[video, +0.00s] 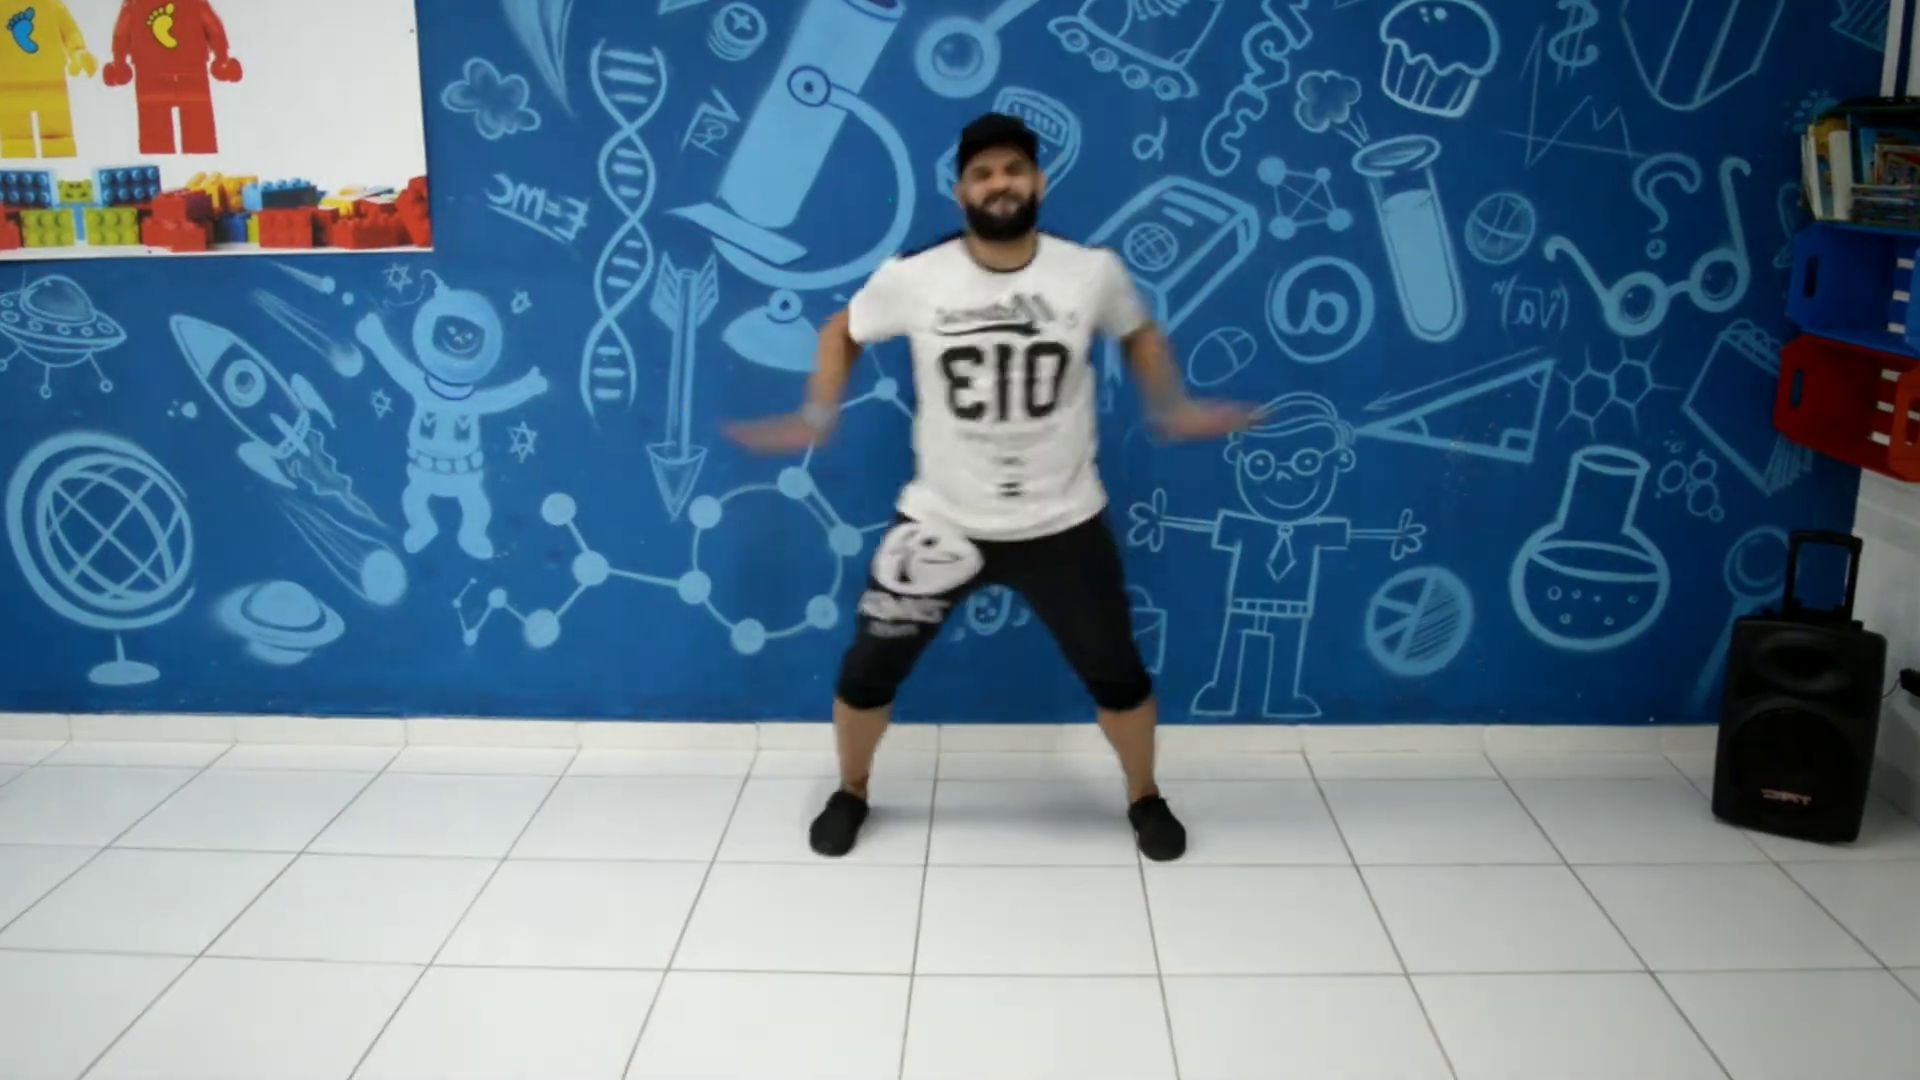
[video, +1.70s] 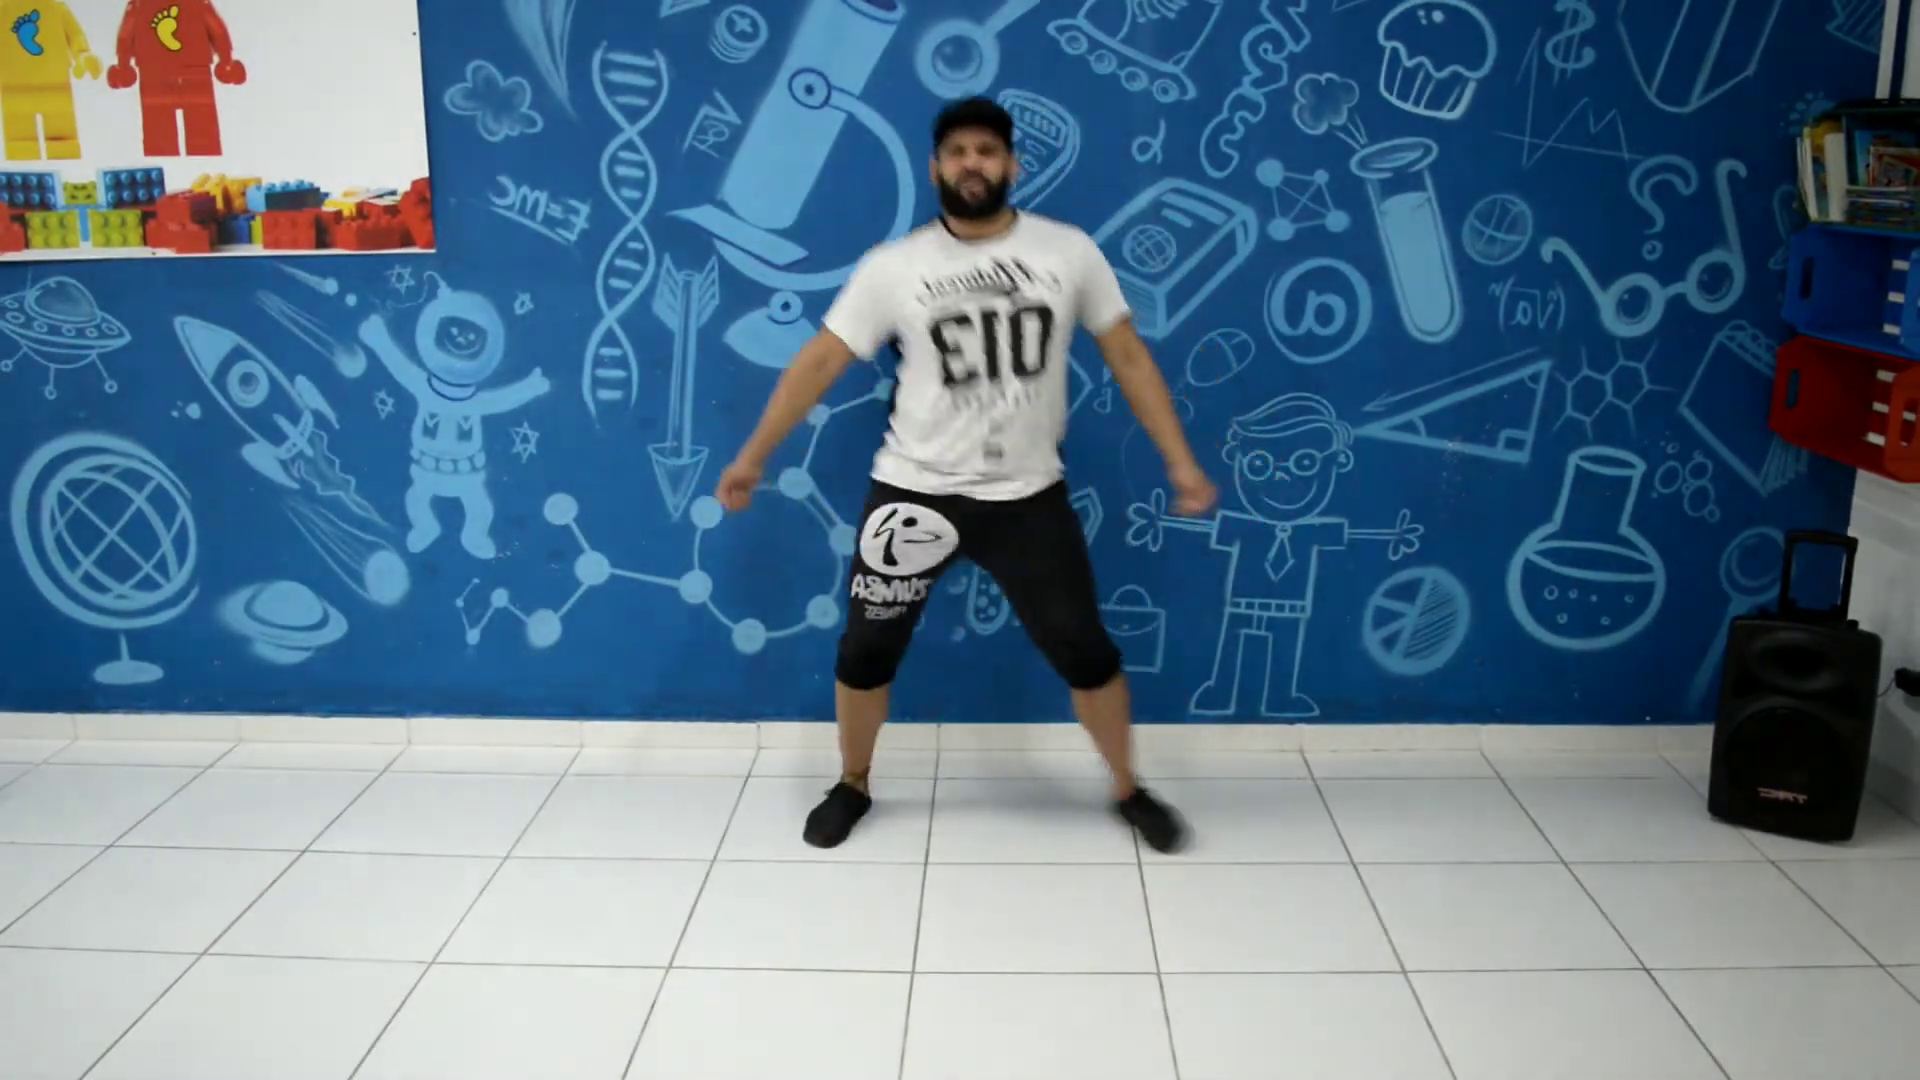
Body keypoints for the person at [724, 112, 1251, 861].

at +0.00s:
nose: (1000, 184)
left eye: (1016, 170)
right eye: (983, 172)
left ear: (1041, 183)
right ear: (960, 188)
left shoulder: (1092, 274)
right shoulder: (909, 283)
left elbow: (1143, 338)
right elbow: (839, 334)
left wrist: (1173, 408)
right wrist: (820, 414)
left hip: (1063, 521)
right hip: (943, 520)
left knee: (1117, 673)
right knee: (868, 670)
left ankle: (1145, 797)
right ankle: (850, 793)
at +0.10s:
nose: (980, 160)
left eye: (995, 147)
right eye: (962, 148)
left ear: (1018, 160)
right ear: (939, 163)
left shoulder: (1066, 257)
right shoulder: (887, 256)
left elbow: (1101, 326)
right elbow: (847, 324)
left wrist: (1063, 429)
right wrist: (871, 424)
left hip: (1028, 495)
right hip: (912, 491)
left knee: (1081, 652)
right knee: (861, 655)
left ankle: (1121, 792)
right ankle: (849, 790)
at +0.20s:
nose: (965, 130)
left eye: (981, 118)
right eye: (950, 116)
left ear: (1004, 132)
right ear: (925, 129)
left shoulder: (1048, 227)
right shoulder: (870, 219)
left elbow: (1096, 319)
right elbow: (815, 309)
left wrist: (1126, 425)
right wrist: (775, 406)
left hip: (1013, 475)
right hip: (898, 470)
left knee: (1041, 645)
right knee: (864, 638)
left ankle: (1016, 753)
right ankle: (850, 783)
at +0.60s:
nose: (965, 146)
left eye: (981, 132)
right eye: (950, 131)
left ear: (1003, 139)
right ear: (923, 134)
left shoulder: (1043, 228)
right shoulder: (868, 230)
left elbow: (1112, 335)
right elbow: (795, 329)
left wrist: (1173, 435)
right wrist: (729, 429)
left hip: (1020, 474)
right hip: (905, 477)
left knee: (1057, 636)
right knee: (869, 646)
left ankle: (1056, 770)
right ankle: (858, 784)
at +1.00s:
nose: (1046, 153)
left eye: (1063, 138)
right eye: (1031, 138)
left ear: (1085, 145)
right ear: (1006, 144)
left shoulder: (1136, 234)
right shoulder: (961, 245)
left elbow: (1191, 337)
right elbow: (893, 345)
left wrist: (1248, 434)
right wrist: (827, 444)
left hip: (1109, 476)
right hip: (995, 481)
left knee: (1145, 641)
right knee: (964, 654)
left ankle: (1152, 791)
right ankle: (972, 764)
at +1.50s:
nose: (1021, 176)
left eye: (1033, 161)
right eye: (1002, 168)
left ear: (1057, 170)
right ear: (983, 189)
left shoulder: (1117, 272)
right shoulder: (946, 267)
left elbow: (1186, 367)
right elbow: (879, 366)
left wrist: (1253, 459)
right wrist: (814, 467)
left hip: (1090, 500)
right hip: (975, 501)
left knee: (1141, 657)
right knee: (902, 653)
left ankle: (1156, 793)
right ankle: (862, 784)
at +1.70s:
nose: (972, 165)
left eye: (988, 152)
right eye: (957, 153)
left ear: (1012, 165)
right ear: (936, 167)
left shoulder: (1069, 255)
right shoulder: (891, 271)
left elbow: (1128, 358)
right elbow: (817, 365)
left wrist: (1182, 464)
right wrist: (751, 459)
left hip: (1028, 493)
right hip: (914, 490)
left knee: (1086, 651)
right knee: (867, 647)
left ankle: (1129, 790)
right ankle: (853, 785)